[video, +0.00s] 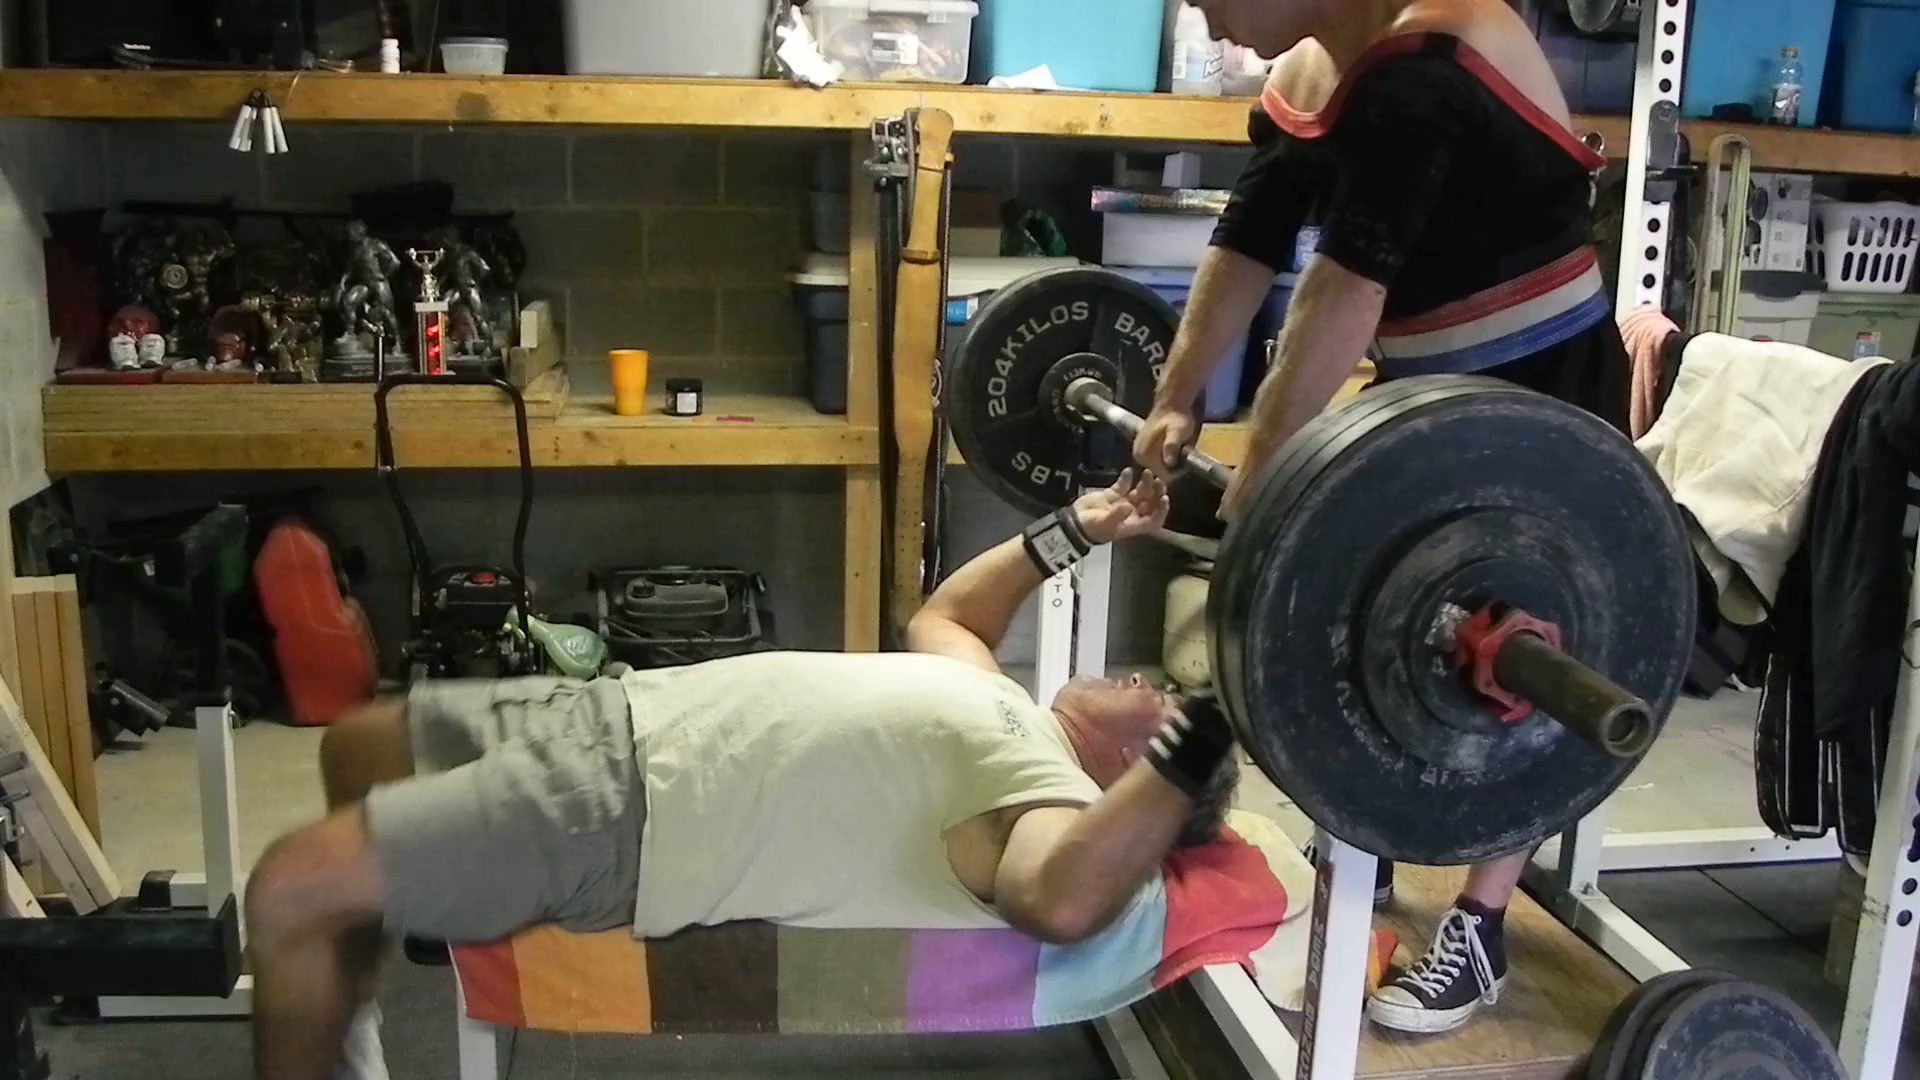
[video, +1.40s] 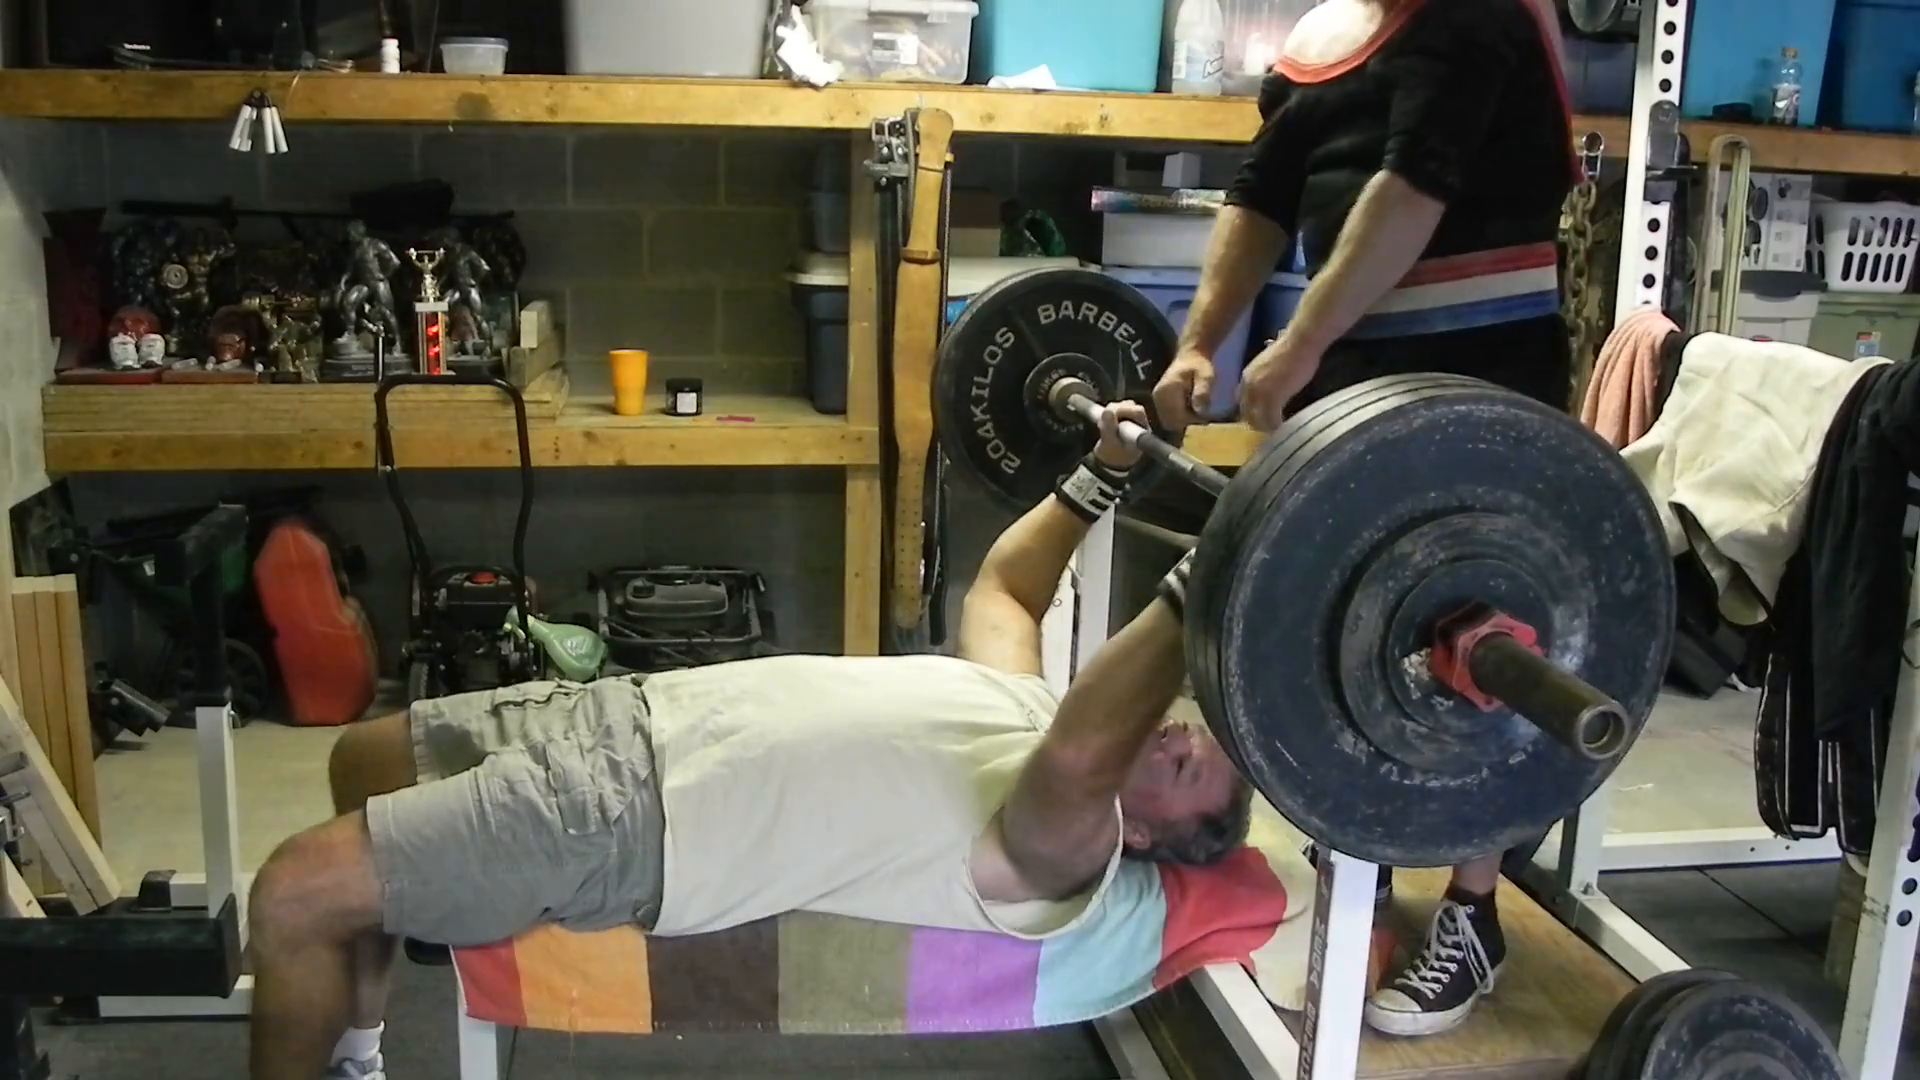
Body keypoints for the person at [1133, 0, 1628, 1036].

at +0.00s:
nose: (1206, 22)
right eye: (1201, 5)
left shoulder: (1419, 75)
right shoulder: (1310, 69)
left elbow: (1341, 304)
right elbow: (1251, 231)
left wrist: (1253, 494)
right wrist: (1172, 404)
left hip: (1535, 391)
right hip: (1412, 382)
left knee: (1522, 648)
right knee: (1384, 620)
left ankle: (1477, 917)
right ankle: (1365, 846)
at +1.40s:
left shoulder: (1472, 16)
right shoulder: (1316, 33)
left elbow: (1415, 185)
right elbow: (1263, 192)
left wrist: (1300, 341)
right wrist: (1196, 345)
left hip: (1479, 360)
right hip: (1346, 361)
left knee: (1478, 628)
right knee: (1352, 616)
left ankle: (1470, 908)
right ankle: (1357, 870)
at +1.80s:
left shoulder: (1554, 15)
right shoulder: (1366, 20)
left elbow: (1488, 173)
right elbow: (1289, 164)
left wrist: (1379, 333)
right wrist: (1198, 300)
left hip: (1497, 352)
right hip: (1358, 339)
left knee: (1507, 621)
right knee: (1336, 607)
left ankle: (1523, 886)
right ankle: (1349, 854)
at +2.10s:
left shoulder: (1621, 20)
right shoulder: (1435, 15)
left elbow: (1533, 189)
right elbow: (1349, 152)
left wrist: (1408, 350)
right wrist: (1253, 282)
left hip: (1540, 369)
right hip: (1395, 344)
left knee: (1528, 627)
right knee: (1357, 608)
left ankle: (1525, 896)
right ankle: (1352, 859)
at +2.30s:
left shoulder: (1642, 21)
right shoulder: (1471, 20)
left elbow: (1546, 199)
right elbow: (1375, 155)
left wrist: (1417, 360)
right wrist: (1258, 272)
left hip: (1571, 369)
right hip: (1443, 354)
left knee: (1553, 627)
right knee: (1387, 602)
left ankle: (1527, 898)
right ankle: (1357, 846)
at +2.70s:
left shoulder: (1643, 23)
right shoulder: (1503, 25)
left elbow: (1538, 197)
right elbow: (1395, 155)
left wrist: (1417, 339)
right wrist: (1264, 268)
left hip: (1602, 380)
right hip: (1476, 367)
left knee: (1573, 634)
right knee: (1460, 607)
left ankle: (1532, 894)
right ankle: (1456, 832)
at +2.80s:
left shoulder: (1644, 18)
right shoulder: (1501, 23)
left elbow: (1544, 179)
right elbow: (1397, 147)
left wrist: (1413, 324)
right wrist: (1264, 260)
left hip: (1602, 377)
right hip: (1473, 363)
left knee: (1573, 631)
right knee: (1452, 605)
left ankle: (1532, 895)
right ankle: (1447, 833)